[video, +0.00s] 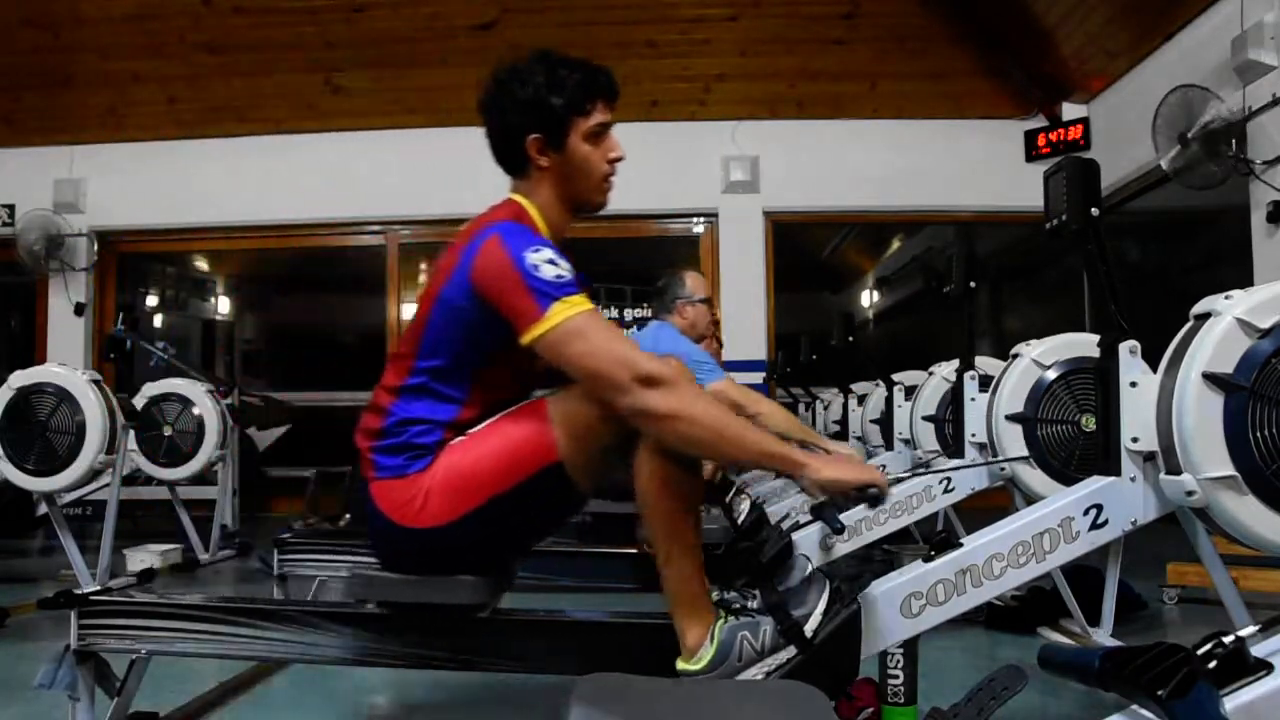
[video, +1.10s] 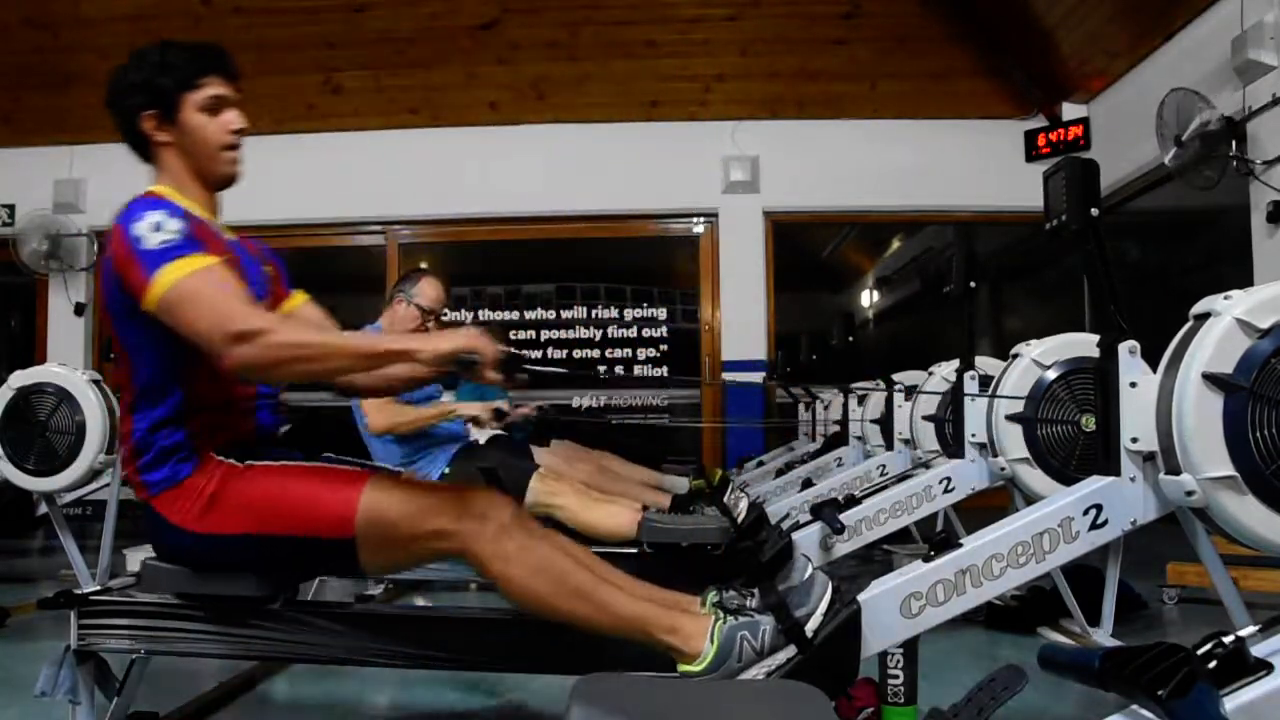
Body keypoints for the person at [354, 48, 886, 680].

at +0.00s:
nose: (618, 153)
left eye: (613, 134)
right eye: (599, 136)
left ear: (549, 154)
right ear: (541, 152)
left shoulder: (527, 244)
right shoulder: (509, 247)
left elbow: (633, 377)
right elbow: (643, 386)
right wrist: (802, 466)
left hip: (440, 487)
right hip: (414, 501)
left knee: (644, 387)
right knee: (640, 398)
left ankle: (698, 617)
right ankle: (700, 640)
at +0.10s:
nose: (659, 154)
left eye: (653, 134)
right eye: (639, 136)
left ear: (589, 153)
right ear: (582, 151)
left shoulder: (565, 241)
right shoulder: (554, 245)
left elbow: (681, 371)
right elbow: (692, 383)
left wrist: (837, 452)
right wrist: (856, 456)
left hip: (476, 490)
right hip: (457, 503)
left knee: (680, 380)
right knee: (679, 392)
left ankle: (704, 613)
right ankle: (701, 631)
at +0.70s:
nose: (595, 138)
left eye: (591, 120)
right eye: (576, 121)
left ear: (528, 140)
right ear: (519, 135)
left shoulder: (513, 228)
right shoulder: (503, 232)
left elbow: (611, 359)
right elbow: (642, 373)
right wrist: (808, 415)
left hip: (431, 477)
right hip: (405, 493)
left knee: (643, 370)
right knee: (645, 386)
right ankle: (702, 630)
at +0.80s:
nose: (510, 124)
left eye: (505, 107)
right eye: (488, 110)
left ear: (440, 129)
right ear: (431, 129)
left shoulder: (447, 228)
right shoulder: (421, 225)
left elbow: (537, 357)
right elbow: (551, 365)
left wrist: (701, 398)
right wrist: (722, 398)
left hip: (376, 475)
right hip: (341, 487)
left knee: (584, 394)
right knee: (590, 413)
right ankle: (702, 636)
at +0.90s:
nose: (415, 117)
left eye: (411, 99)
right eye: (392, 101)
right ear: (334, 121)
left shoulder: (382, 231)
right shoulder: (331, 215)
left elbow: (468, 361)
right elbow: (461, 340)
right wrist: (626, 374)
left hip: (326, 473)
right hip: (279, 485)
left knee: (544, 429)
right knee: (539, 439)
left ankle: (701, 613)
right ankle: (704, 641)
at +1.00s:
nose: (323, 115)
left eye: (320, 99)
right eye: (299, 99)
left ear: (310, 113)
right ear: (240, 117)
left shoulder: (303, 235)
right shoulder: (235, 215)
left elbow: (397, 342)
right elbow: (360, 334)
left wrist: (527, 365)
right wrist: (532, 364)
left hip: (269, 467)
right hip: (225, 480)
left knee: (513, 477)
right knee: (493, 482)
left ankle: (711, 620)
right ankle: (704, 644)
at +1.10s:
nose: (237, 126)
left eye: (236, 110)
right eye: (215, 111)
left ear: (227, 122)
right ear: (154, 128)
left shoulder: (245, 256)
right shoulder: (150, 231)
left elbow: (341, 358)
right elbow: (248, 348)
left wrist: (446, 376)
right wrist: (429, 350)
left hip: (250, 469)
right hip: (196, 488)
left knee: (487, 500)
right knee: (470, 513)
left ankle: (693, 623)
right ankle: (697, 639)